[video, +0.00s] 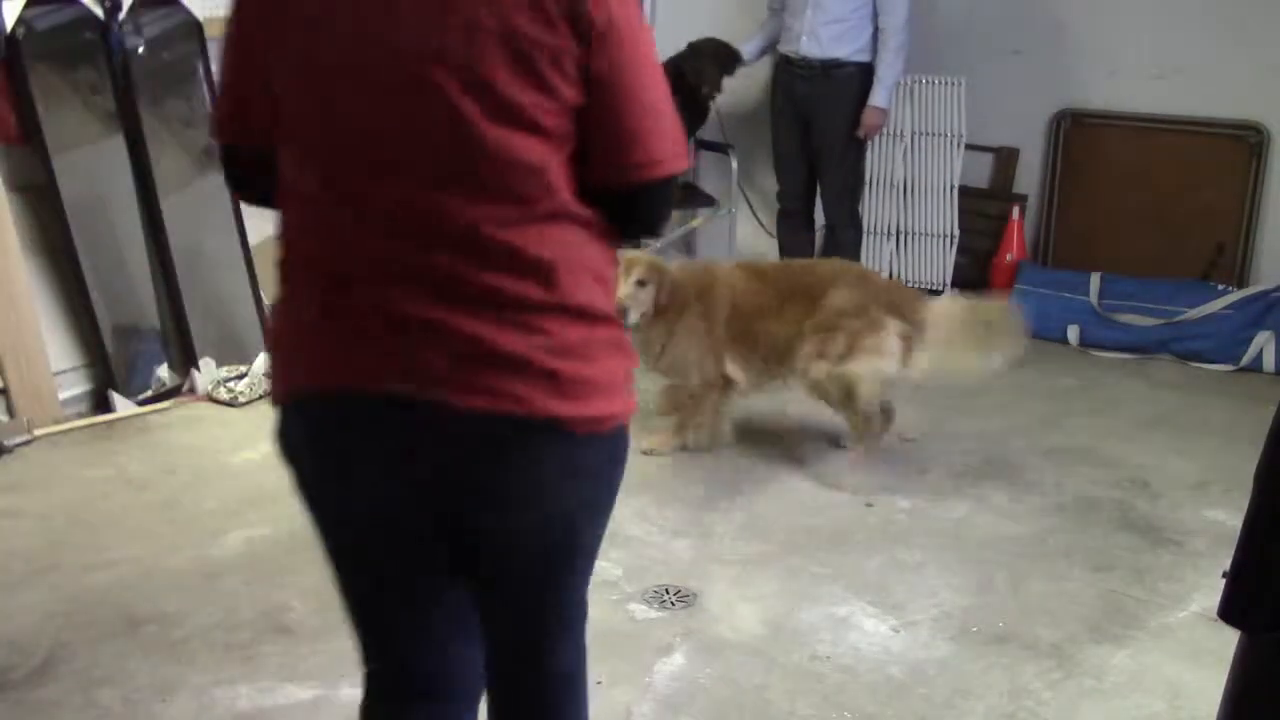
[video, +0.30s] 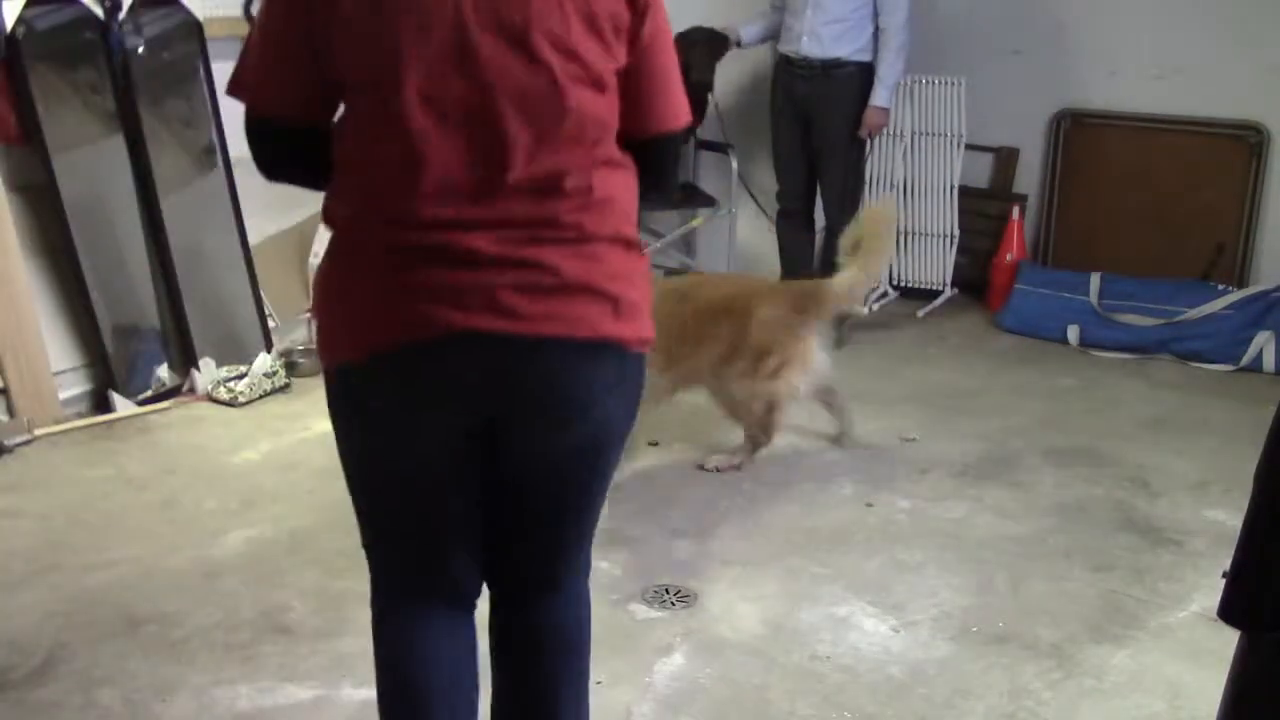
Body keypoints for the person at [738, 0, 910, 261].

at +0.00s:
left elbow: (893, 28)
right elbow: (778, 17)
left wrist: (879, 101)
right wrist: (738, 55)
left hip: (845, 80)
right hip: (789, 77)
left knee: (839, 205)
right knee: (792, 201)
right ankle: (793, 296)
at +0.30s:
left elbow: (894, 27)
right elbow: (780, 14)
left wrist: (880, 101)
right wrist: (736, 36)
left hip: (845, 79)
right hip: (789, 75)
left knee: (840, 205)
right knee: (792, 200)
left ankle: (833, 301)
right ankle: (793, 298)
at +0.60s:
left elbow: (893, 28)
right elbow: (781, 15)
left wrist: (878, 101)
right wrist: (740, 42)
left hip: (845, 79)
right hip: (789, 75)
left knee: (840, 207)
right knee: (791, 202)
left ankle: (831, 316)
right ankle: (792, 305)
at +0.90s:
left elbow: (892, 29)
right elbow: (780, 17)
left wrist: (878, 101)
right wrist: (739, 46)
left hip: (845, 79)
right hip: (790, 76)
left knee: (841, 209)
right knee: (792, 203)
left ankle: (831, 318)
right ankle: (792, 306)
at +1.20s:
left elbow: (892, 30)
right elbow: (779, 19)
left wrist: (878, 102)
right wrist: (739, 45)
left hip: (844, 79)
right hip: (788, 76)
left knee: (841, 208)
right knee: (792, 202)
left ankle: (831, 317)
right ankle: (792, 306)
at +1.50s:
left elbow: (892, 29)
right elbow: (779, 15)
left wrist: (879, 104)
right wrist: (741, 44)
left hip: (844, 80)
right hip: (788, 76)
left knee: (839, 208)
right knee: (790, 202)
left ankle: (831, 317)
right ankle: (792, 306)